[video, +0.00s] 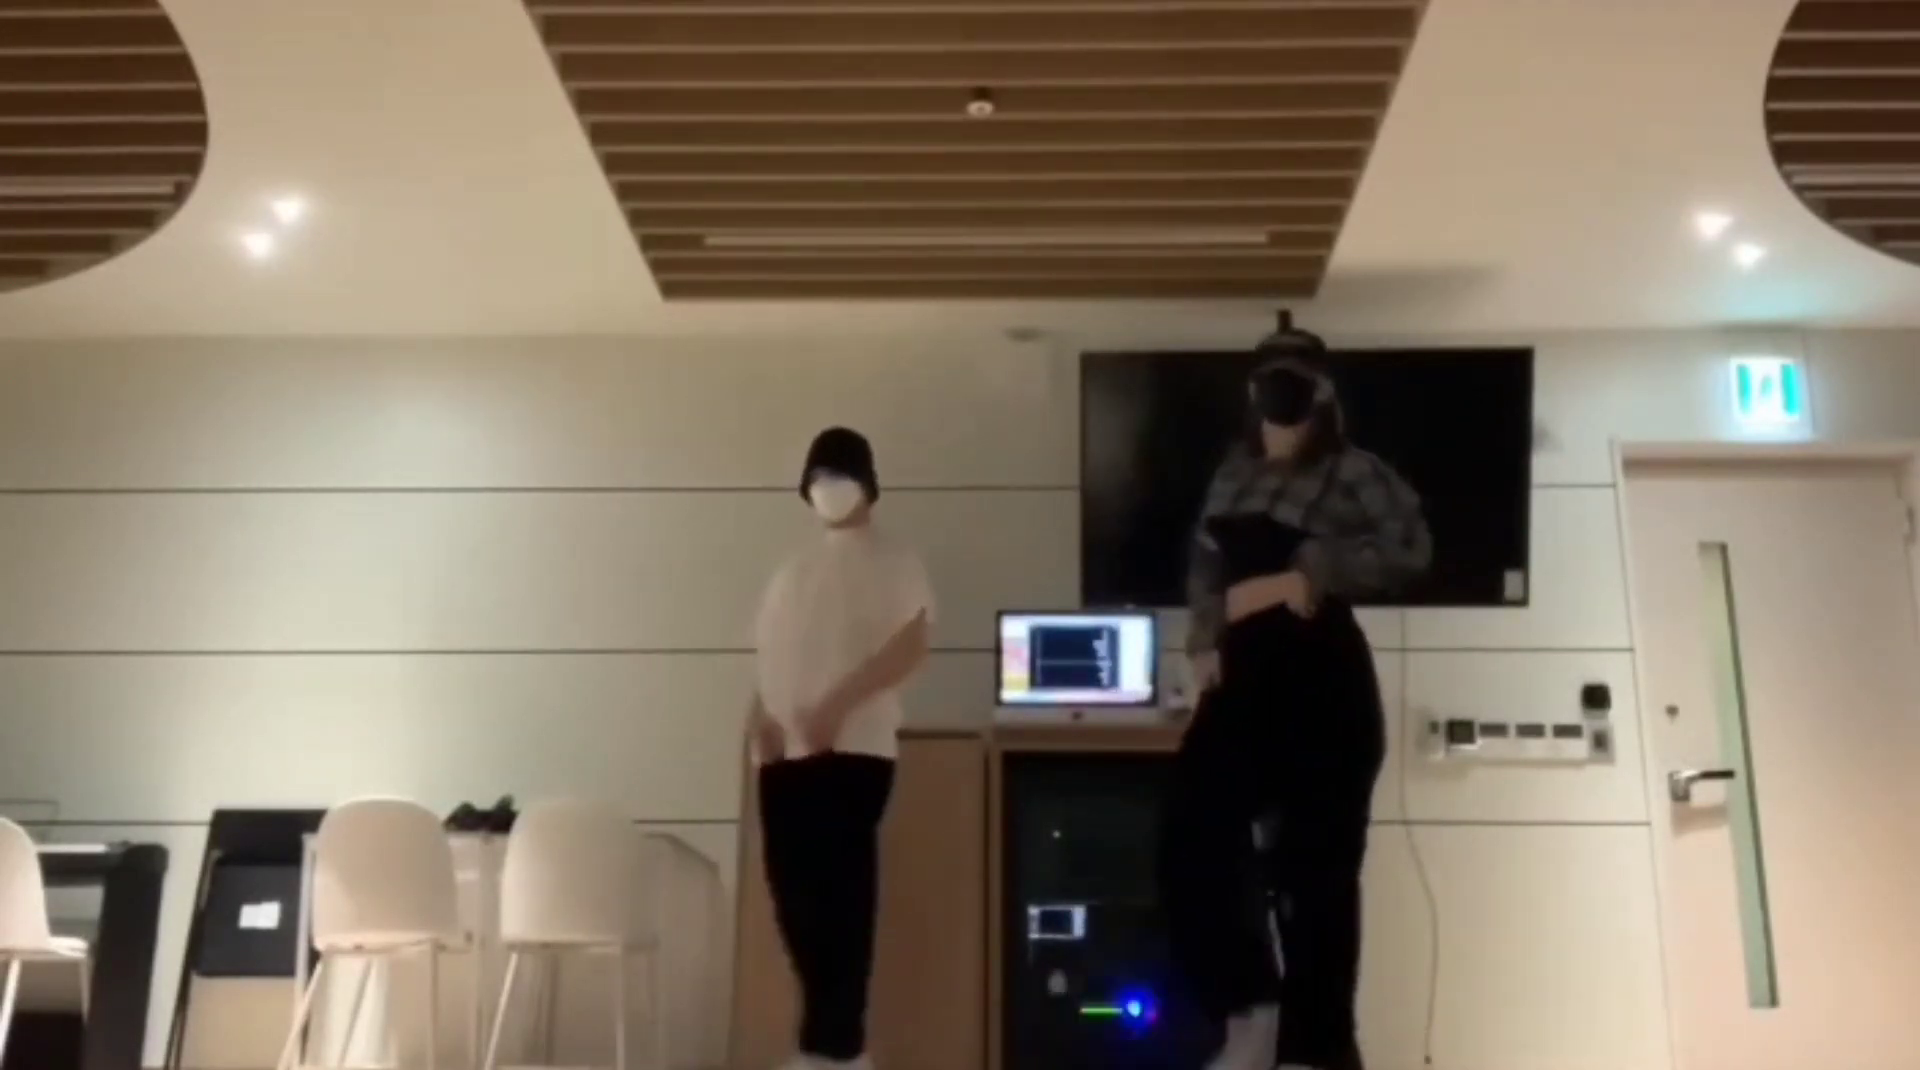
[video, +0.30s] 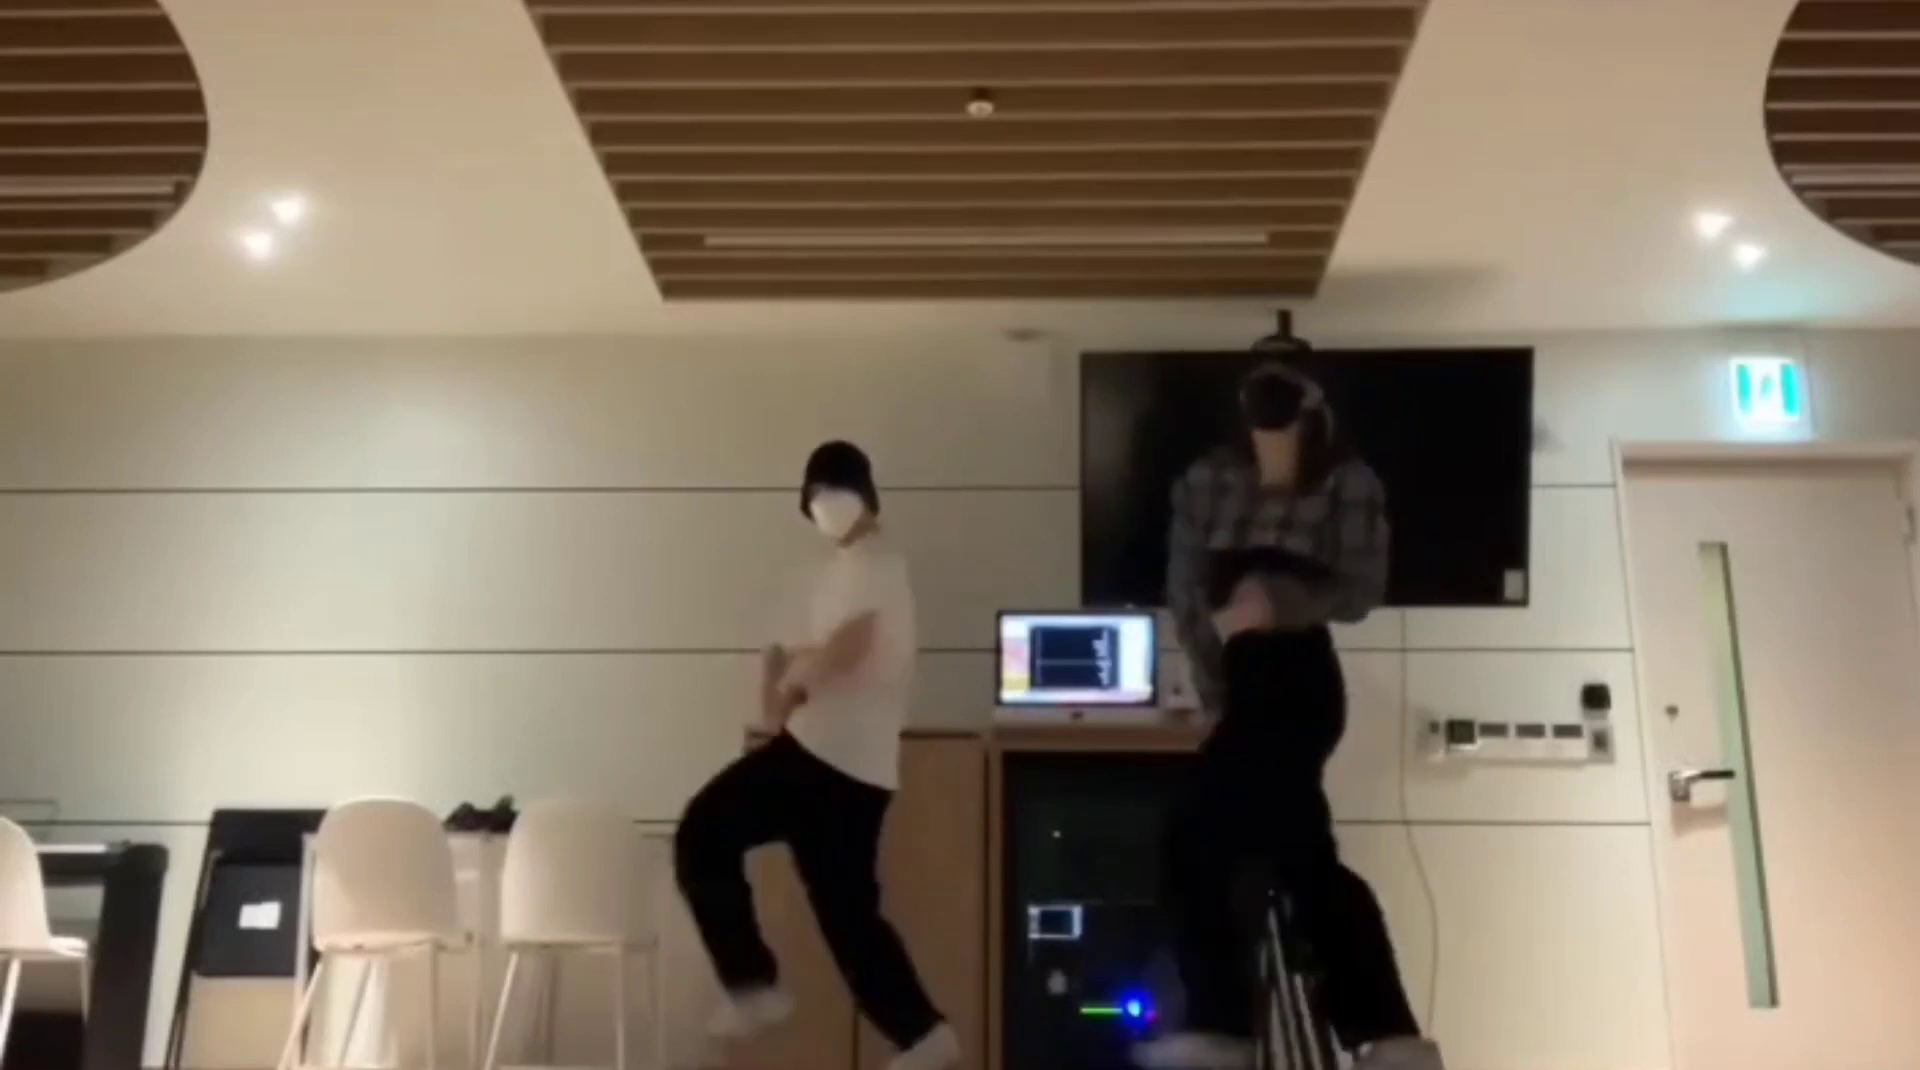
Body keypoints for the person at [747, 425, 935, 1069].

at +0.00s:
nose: (831, 488)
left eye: (844, 474)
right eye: (819, 478)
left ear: (869, 485)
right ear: (806, 490)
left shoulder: (893, 556)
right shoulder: (793, 568)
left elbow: (911, 644)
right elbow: (771, 654)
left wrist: (835, 706)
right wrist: (764, 718)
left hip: (855, 751)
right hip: (786, 755)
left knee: (840, 894)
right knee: (792, 894)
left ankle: (834, 1043)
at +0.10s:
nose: (834, 496)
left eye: (846, 482)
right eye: (821, 485)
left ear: (871, 491)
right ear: (808, 495)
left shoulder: (895, 563)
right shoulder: (800, 568)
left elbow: (916, 653)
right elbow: (769, 650)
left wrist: (830, 692)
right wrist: (758, 706)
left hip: (854, 751)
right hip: (787, 751)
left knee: (834, 903)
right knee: (825, 900)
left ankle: (832, 1045)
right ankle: (902, 1011)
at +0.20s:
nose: (834, 507)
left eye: (846, 491)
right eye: (823, 495)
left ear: (873, 497)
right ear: (810, 504)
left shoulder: (900, 570)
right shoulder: (809, 570)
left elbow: (920, 658)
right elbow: (767, 635)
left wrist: (823, 680)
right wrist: (752, 690)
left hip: (839, 753)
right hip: (788, 745)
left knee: (815, 896)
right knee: (820, 896)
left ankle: (830, 1049)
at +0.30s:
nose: (826, 511)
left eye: (836, 495)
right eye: (816, 500)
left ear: (865, 496)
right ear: (808, 508)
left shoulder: (872, 566)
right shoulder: (838, 569)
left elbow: (849, 649)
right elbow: (791, 647)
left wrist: (792, 689)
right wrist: (770, 709)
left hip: (838, 757)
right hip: (831, 755)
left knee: (705, 835)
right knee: (847, 911)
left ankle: (752, 989)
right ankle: (922, 1035)